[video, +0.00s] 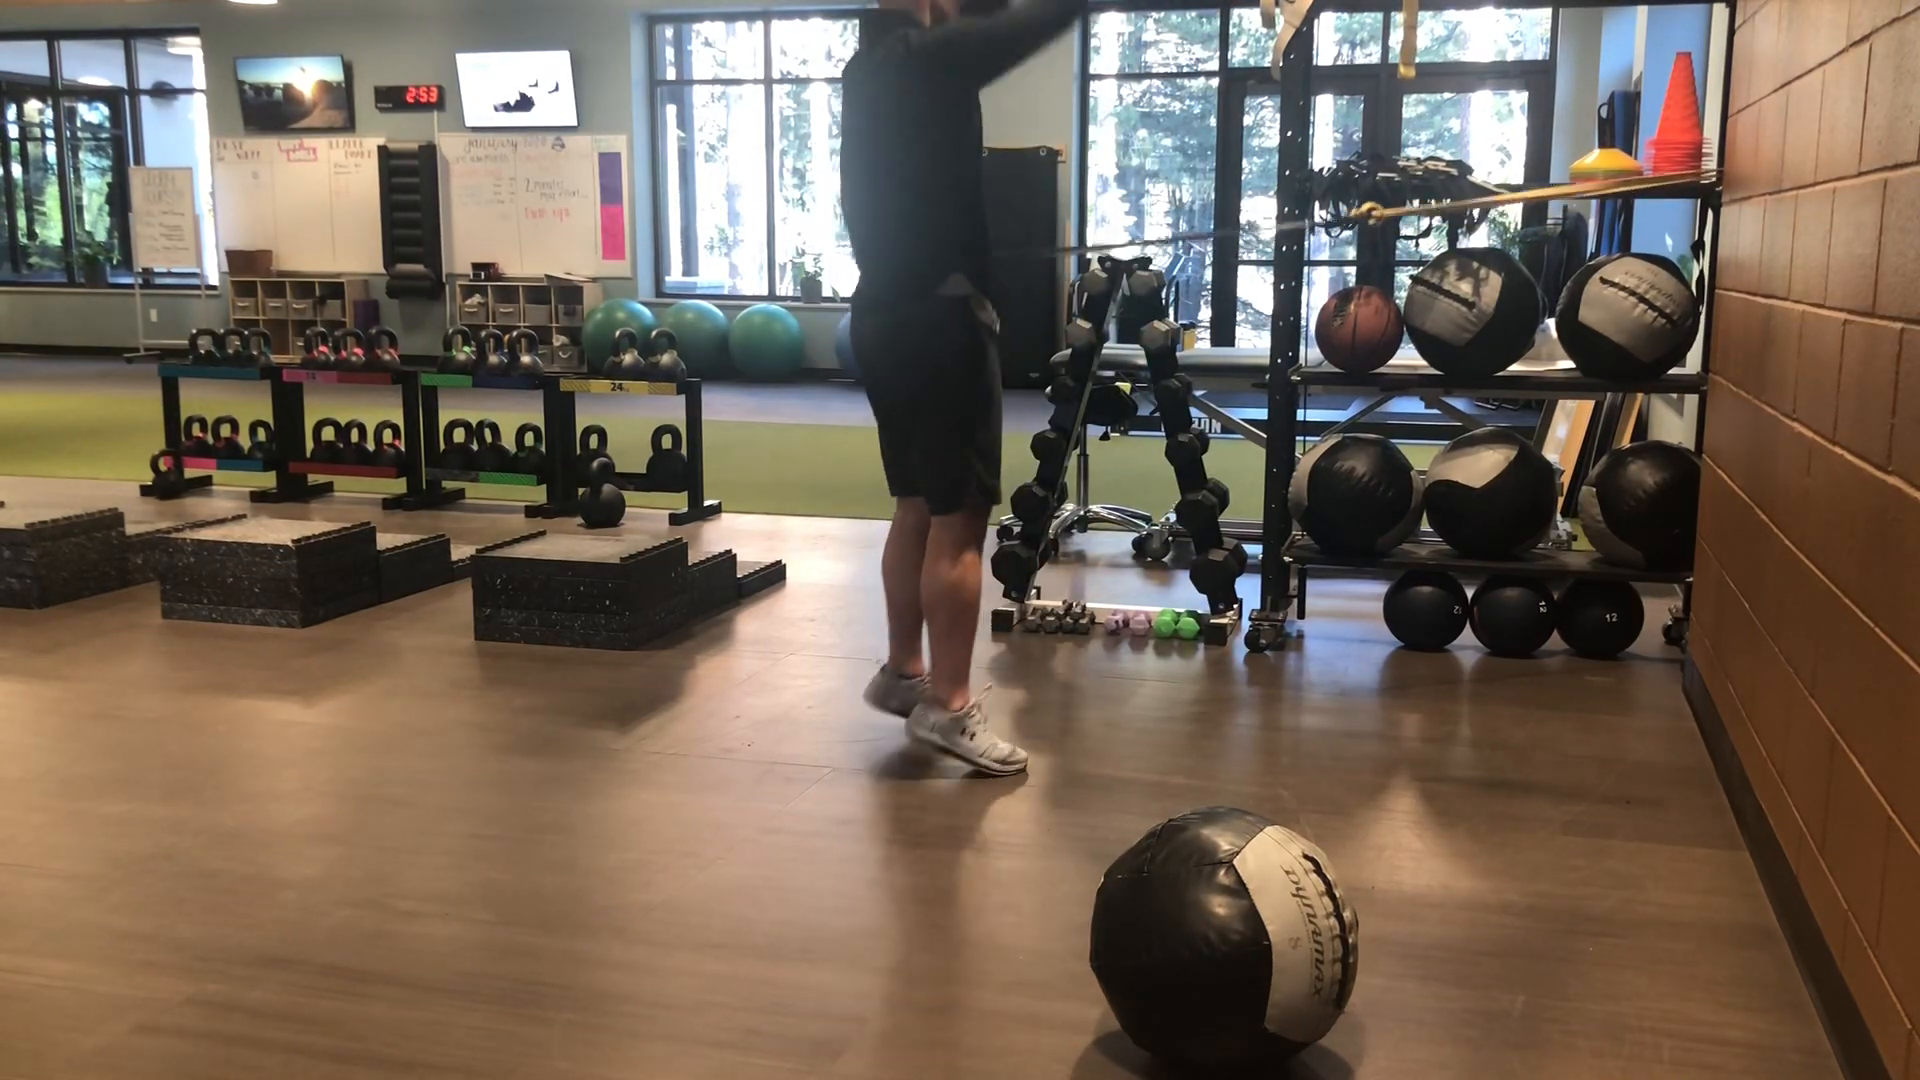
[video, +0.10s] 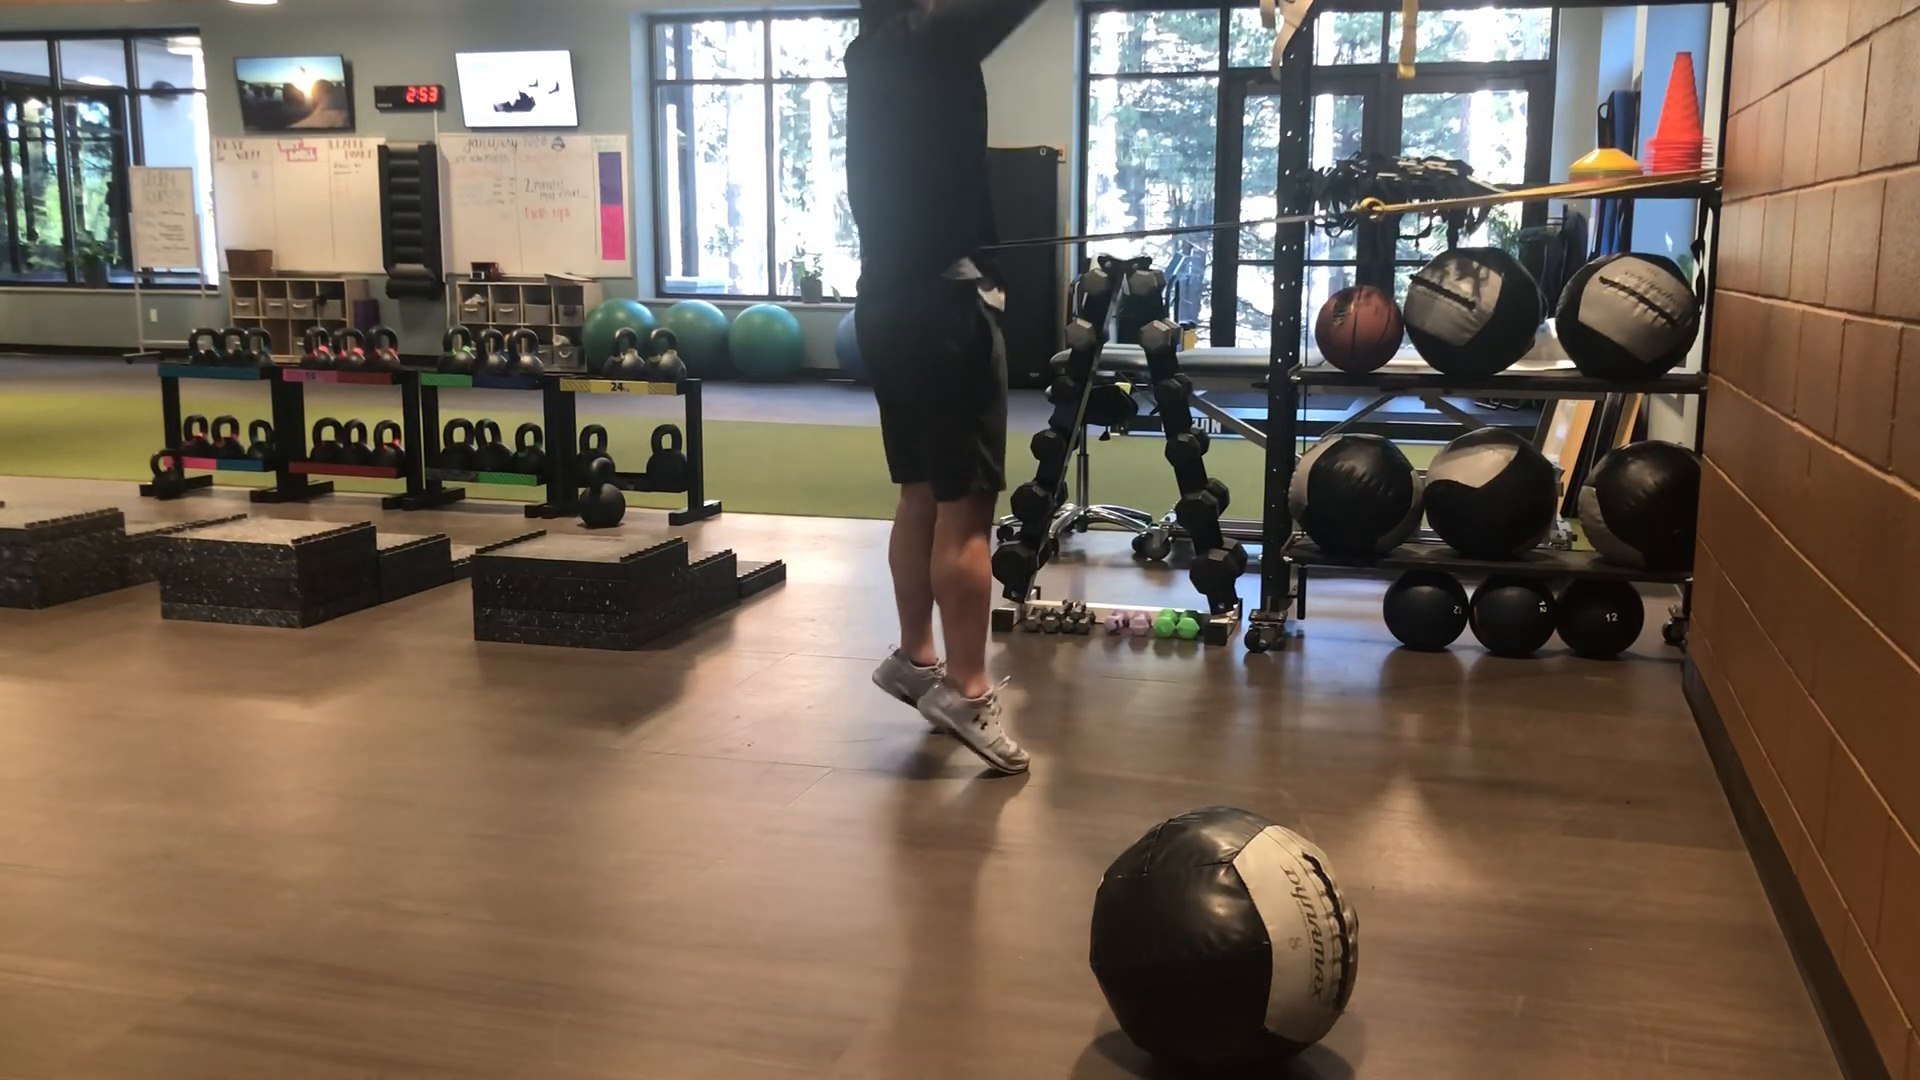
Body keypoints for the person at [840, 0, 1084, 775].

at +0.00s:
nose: (965, 19)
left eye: (965, 10)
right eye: (960, 8)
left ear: (887, 11)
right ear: (931, 4)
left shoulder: (861, 75)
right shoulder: (931, 57)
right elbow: (1043, 15)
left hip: (878, 314)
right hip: (939, 313)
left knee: (915, 506)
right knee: (961, 515)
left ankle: (902, 669)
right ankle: (950, 706)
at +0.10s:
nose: (966, 12)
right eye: (960, 6)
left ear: (887, 5)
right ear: (935, 1)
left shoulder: (867, 55)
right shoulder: (942, 39)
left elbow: (870, 195)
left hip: (884, 297)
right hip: (946, 297)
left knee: (919, 490)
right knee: (968, 510)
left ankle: (916, 657)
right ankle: (968, 695)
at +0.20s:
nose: (967, 16)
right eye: (961, 12)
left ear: (882, 10)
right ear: (934, 5)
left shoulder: (869, 55)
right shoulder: (942, 39)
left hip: (888, 301)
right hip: (948, 300)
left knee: (920, 494)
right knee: (973, 507)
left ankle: (917, 656)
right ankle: (974, 694)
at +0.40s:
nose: (1002, 30)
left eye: (1000, 16)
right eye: (994, 14)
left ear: (940, 19)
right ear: (963, 13)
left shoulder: (901, 103)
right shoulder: (956, 103)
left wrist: (984, 296)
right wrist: (1015, 292)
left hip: (864, 337)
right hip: (911, 340)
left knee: (933, 521)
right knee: (991, 531)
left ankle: (891, 690)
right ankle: (952, 719)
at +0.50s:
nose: (1038, 89)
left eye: (1037, 74)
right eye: (1032, 72)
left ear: (978, 72)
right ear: (999, 71)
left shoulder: (930, 159)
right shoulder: (978, 169)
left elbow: (865, 286)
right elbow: (951, 299)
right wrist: (919, 416)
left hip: (851, 379)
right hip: (903, 388)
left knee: (940, 545)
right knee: (1009, 551)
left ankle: (890, 697)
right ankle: (948, 734)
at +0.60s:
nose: (1068, 165)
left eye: (1071, 152)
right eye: (1067, 150)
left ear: (1008, 143)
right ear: (1038, 143)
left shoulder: (935, 206)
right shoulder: (999, 232)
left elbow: (839, 284)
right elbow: (915, 323)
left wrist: (757, 364)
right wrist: (832, 409)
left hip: (844, 412)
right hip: (891, 421)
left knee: (954, 543)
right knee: (1021, 558)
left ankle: (893, 697)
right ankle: (949, 734)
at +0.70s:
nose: (1076, 177)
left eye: (1079, 163)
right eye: (1075, 161)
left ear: (1011, 154)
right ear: (1048, 156)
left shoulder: (943, 212)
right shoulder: (1004, 240)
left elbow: (843, 292)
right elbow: (936, 341)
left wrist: (765, 374)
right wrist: (858, 436)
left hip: (833, 406)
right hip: (885, 420)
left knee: (951, 543)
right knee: (1020, 557)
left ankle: (893, 696)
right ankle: (948, 732)